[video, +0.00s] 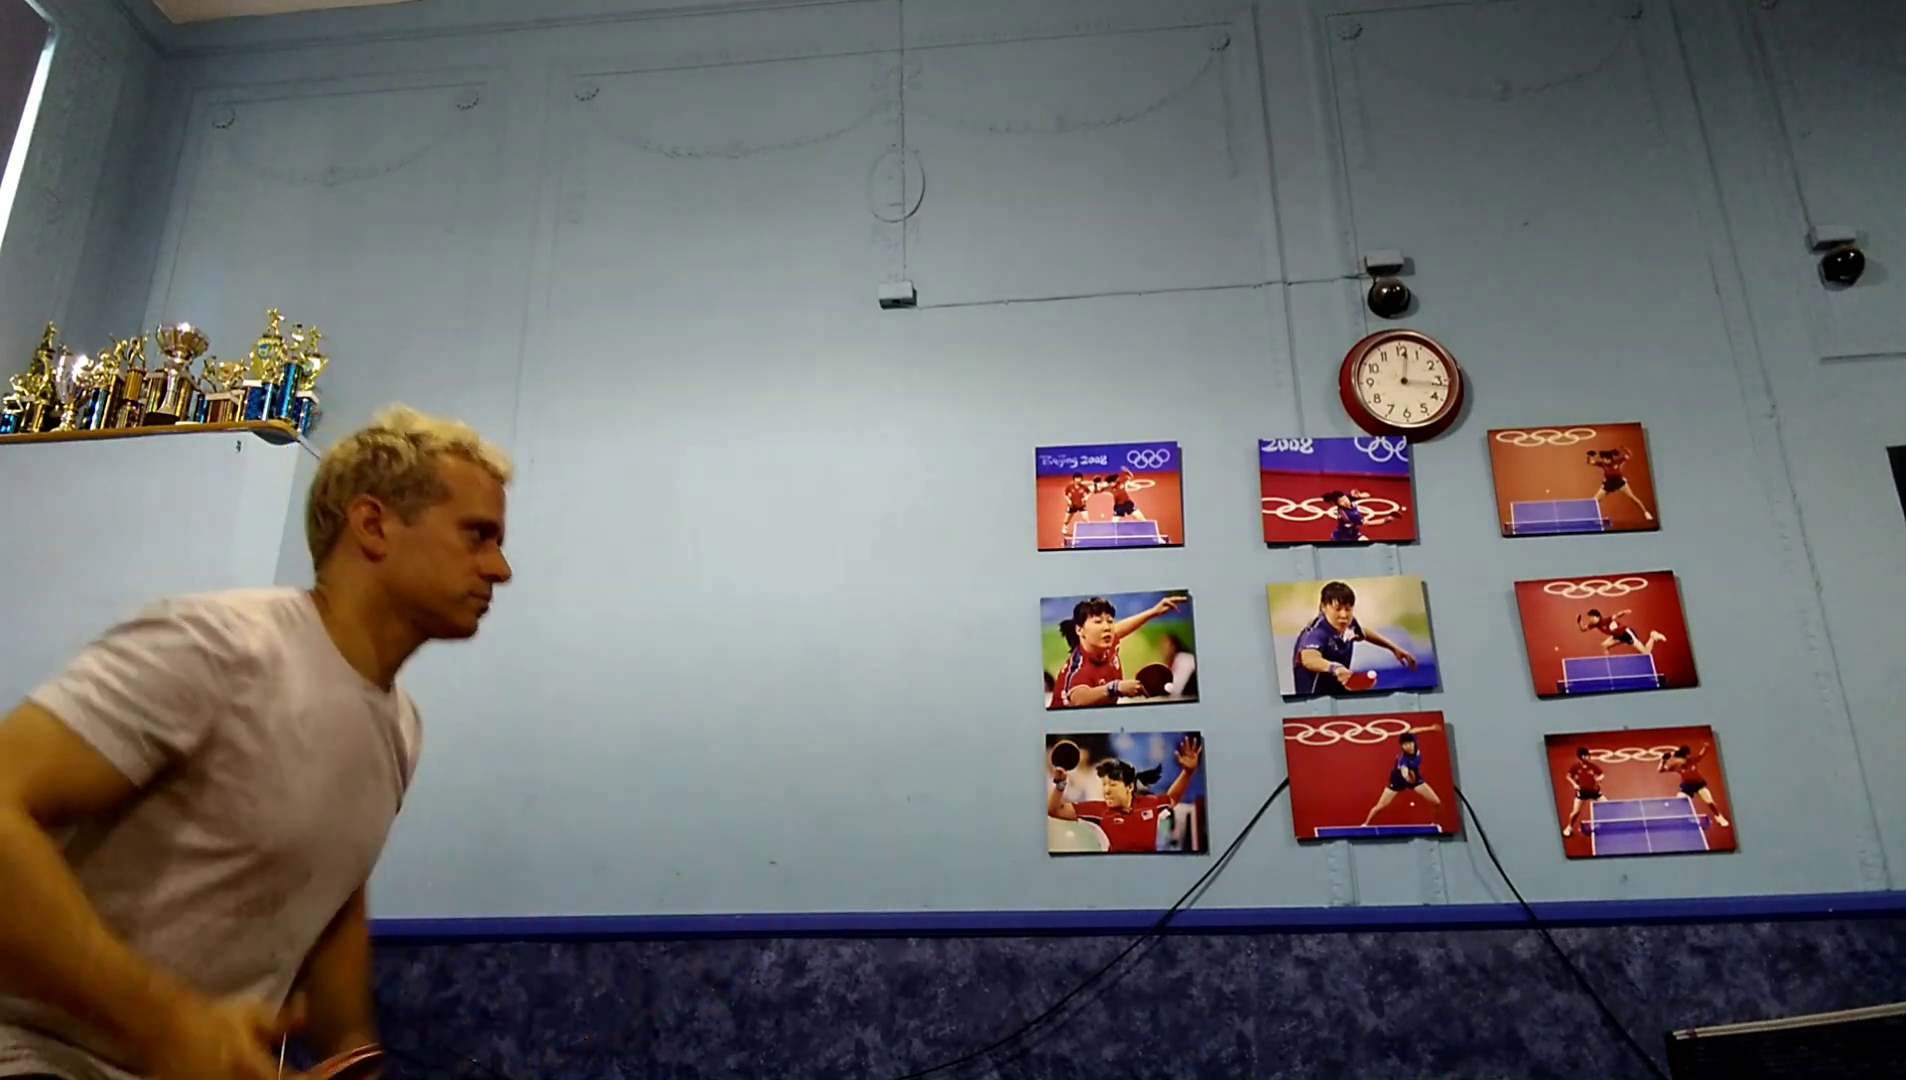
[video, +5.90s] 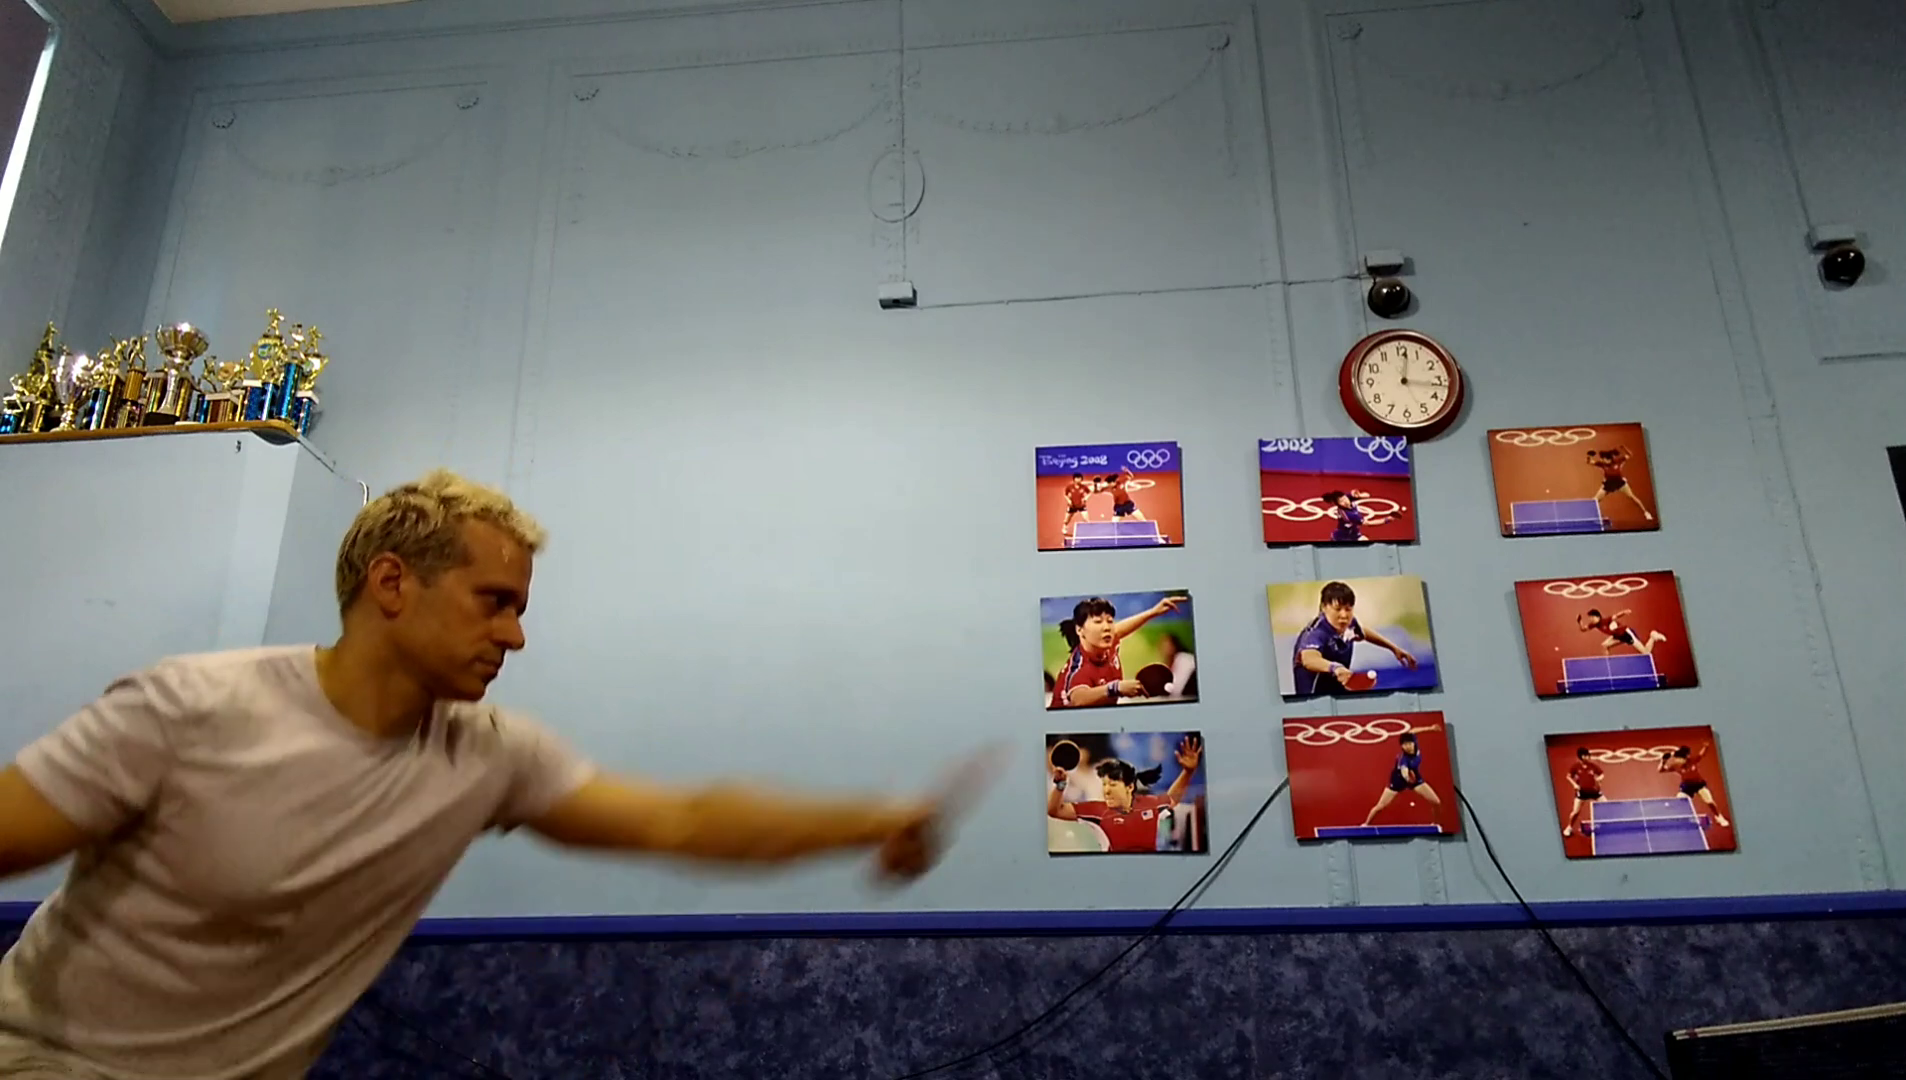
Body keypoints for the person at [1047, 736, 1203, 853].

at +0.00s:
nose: (1106, 790)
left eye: (1113, 784)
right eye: (1104, 785)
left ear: (1130, 787)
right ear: (1101, 787)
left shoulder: (1151, 805)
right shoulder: (1100, 810)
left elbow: (1172, 798)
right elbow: (1055, 811)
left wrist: (1188, 771)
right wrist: (1060, 785)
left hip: (1150, 872)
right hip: (1115, 874)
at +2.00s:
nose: (1107, 790)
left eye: (1113, 785)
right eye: (1104, 785)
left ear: (1130, 787)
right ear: (1101, 786)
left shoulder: (1151, 804)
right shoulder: (1100, 810)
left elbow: (1173, 798)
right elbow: (1055, 811)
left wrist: (1188, 772)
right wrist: (1059, 785)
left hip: (1151, 872)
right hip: (1116, 874)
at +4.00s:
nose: (1107, 790)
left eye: (1113, 785)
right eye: (1104, 785)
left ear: (1130, 787)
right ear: (1101, 787)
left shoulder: (1151, 804)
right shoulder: (1100, 811)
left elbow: (1172, 798)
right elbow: (1055, 811)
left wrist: (1188, 771)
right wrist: (1060, 785)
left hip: (1152, 872)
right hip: (1116, 874)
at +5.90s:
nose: (1107, 790)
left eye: (1113, 785)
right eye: (1104, 785)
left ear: (1130, 787)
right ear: (1101, 787)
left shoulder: (1150, 804)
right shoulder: (1099, 810)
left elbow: (1172, 798)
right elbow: (1055, 811)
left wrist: (1188, 771)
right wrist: (1059, 785)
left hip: (1151, 873)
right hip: (1115, 874)